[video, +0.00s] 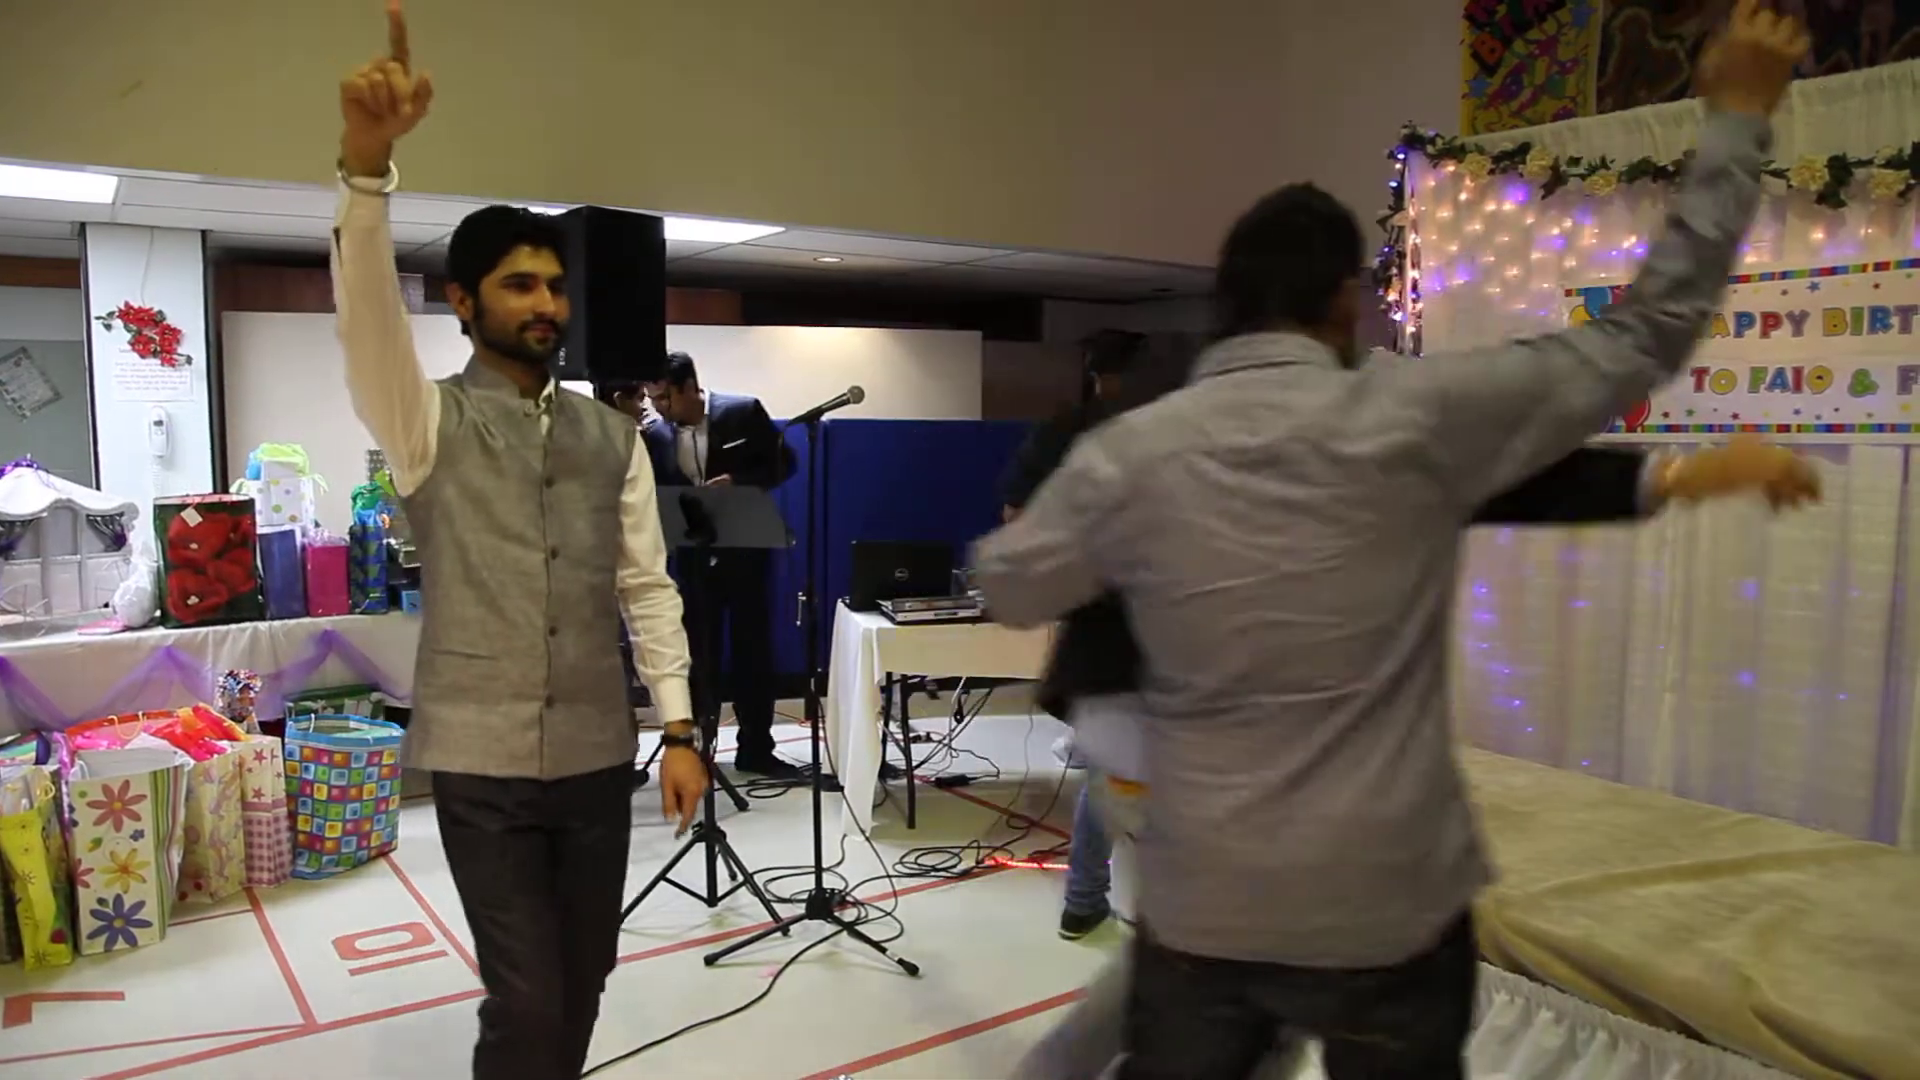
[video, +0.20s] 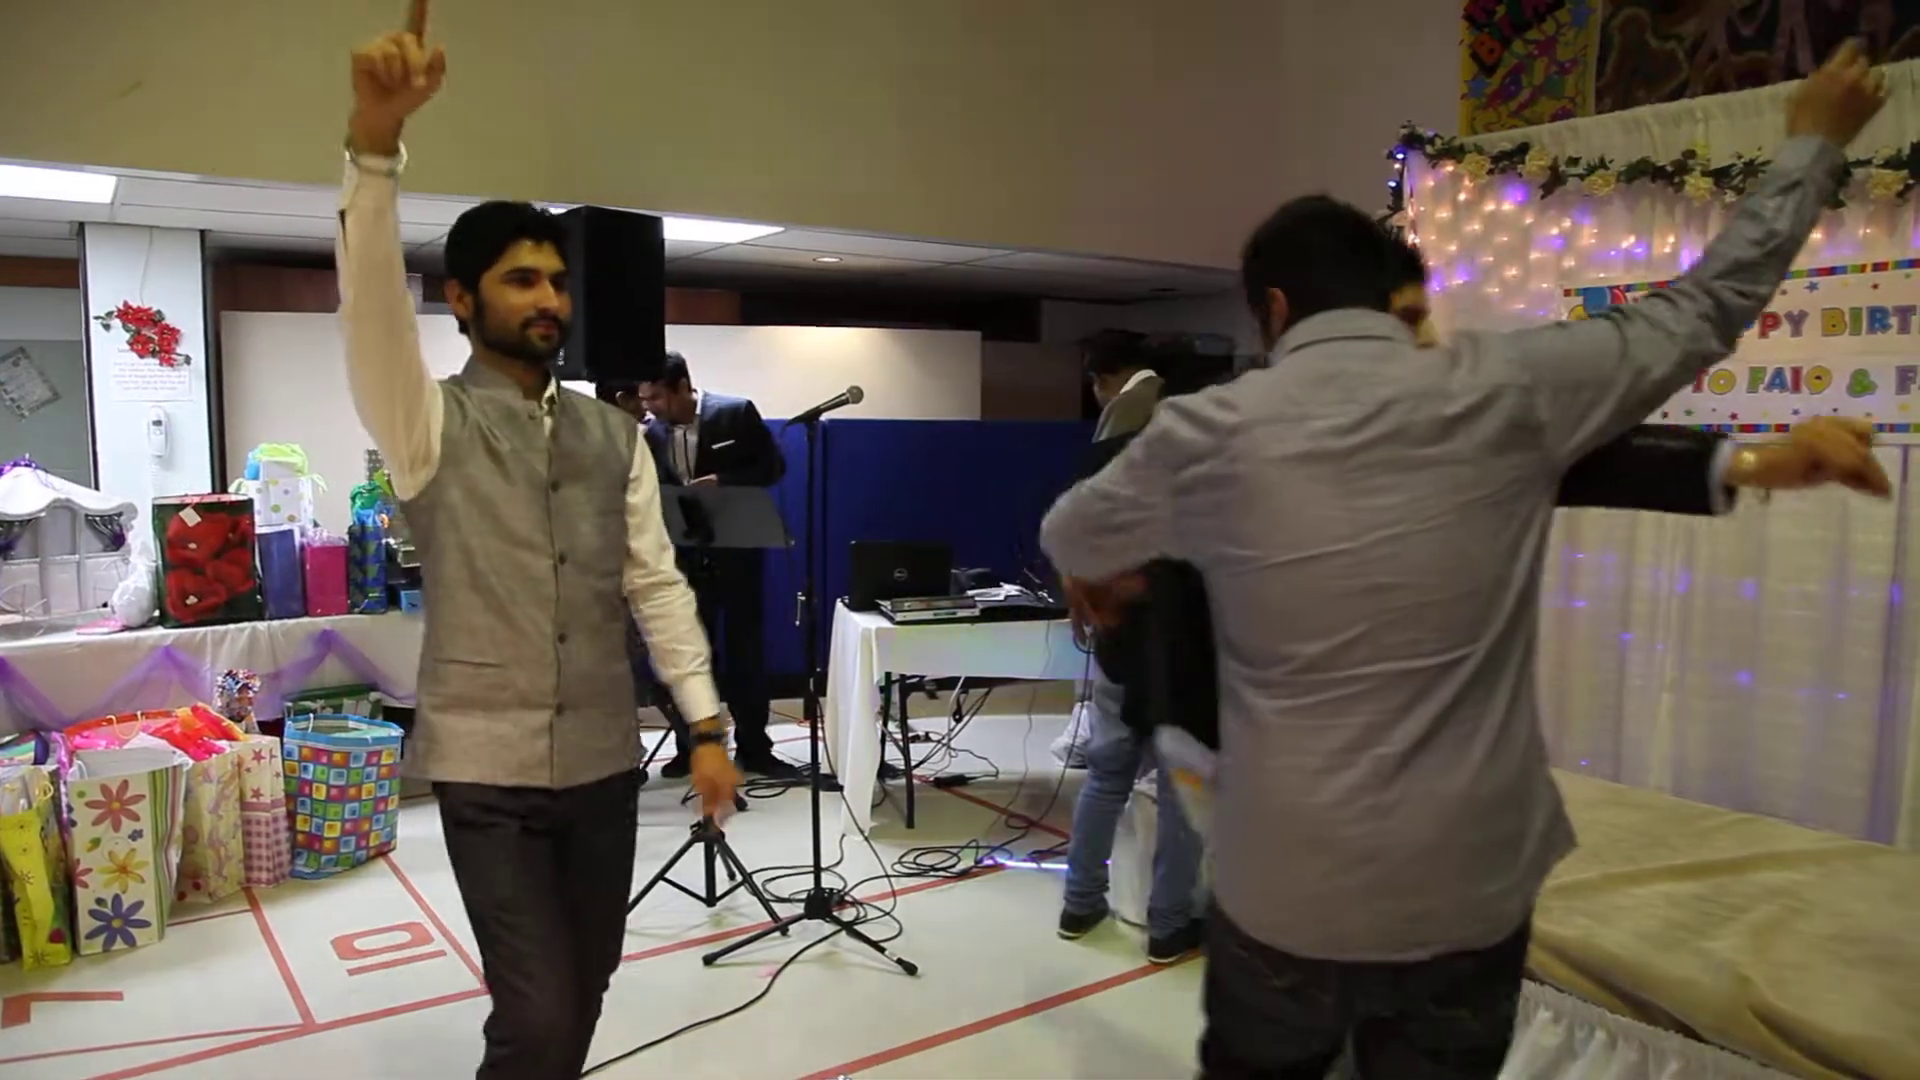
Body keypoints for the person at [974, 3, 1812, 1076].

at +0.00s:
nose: (1366, 306)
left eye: (1359, 286)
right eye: (1363, 286)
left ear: (1227, 299)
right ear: (1345, 298)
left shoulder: (1128, 458)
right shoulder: (1418, 415)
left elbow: (1003, 586)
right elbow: (1645, 334)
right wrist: (1737, 120)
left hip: (1202, 914)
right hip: (1395, 913)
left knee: (1163, 1072)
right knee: (1406, 1073)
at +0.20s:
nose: (1243, 335)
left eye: (1246, 312)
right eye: (1417, 299)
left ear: (1269, 312)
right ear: (1401, 296)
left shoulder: (1208, 436)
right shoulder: (1505, 384)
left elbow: (1068, 534)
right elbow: (1703, 314)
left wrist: (1096, 581)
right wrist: (1815, 139)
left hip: (1279, 889)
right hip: (1465, 890)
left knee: (1255, 1071)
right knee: (1436, 1076)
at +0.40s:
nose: (1240, 371)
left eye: (1242, 349)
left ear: (1273, 333)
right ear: (1371, 310)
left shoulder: (1212, 446)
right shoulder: (1496, 393)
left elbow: (1044, 478)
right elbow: (1668, 331)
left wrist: (948, 459)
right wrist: (1759, 160)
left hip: (1295, 911)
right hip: (1479, 906)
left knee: (1272, 1070)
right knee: (1441, 1070)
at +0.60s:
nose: (1220, 387)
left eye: (1219, 364)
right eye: (1219, 368)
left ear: (1249, 347)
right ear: (1352, 325)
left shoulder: (1195, 444)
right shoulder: (1472, 402)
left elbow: (1021, 468)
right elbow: (1636, 359)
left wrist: (904, 421)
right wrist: (1697, 210)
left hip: (1264, 915)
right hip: (1455, 913)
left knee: (1222, 1070)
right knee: (1416, 1072)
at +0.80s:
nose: (1173, 383)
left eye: (1173, 366)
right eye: (1174, 369)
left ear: (1199, 348)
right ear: (1296, 334)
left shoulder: (1139, 437)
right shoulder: (1405, 412)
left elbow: (961, 430)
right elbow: (1570, 349)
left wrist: (828, 356)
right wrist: (1624, 180)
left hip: (1187, 889)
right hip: (1378, 888)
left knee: (1136, 1071)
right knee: (1365, 1074)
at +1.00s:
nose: (1073, 377)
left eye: (1074, 358)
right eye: (1074, 361)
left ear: (1097, 347)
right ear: (1197, 335)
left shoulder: (1036, 431)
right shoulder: (1300, 407)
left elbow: (893, 411)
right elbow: (1452, 334)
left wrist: (784, 344)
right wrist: (1520, 174)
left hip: (1079, 875)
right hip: (1250, 871)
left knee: (1052, 1073)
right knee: (1261, 1071)